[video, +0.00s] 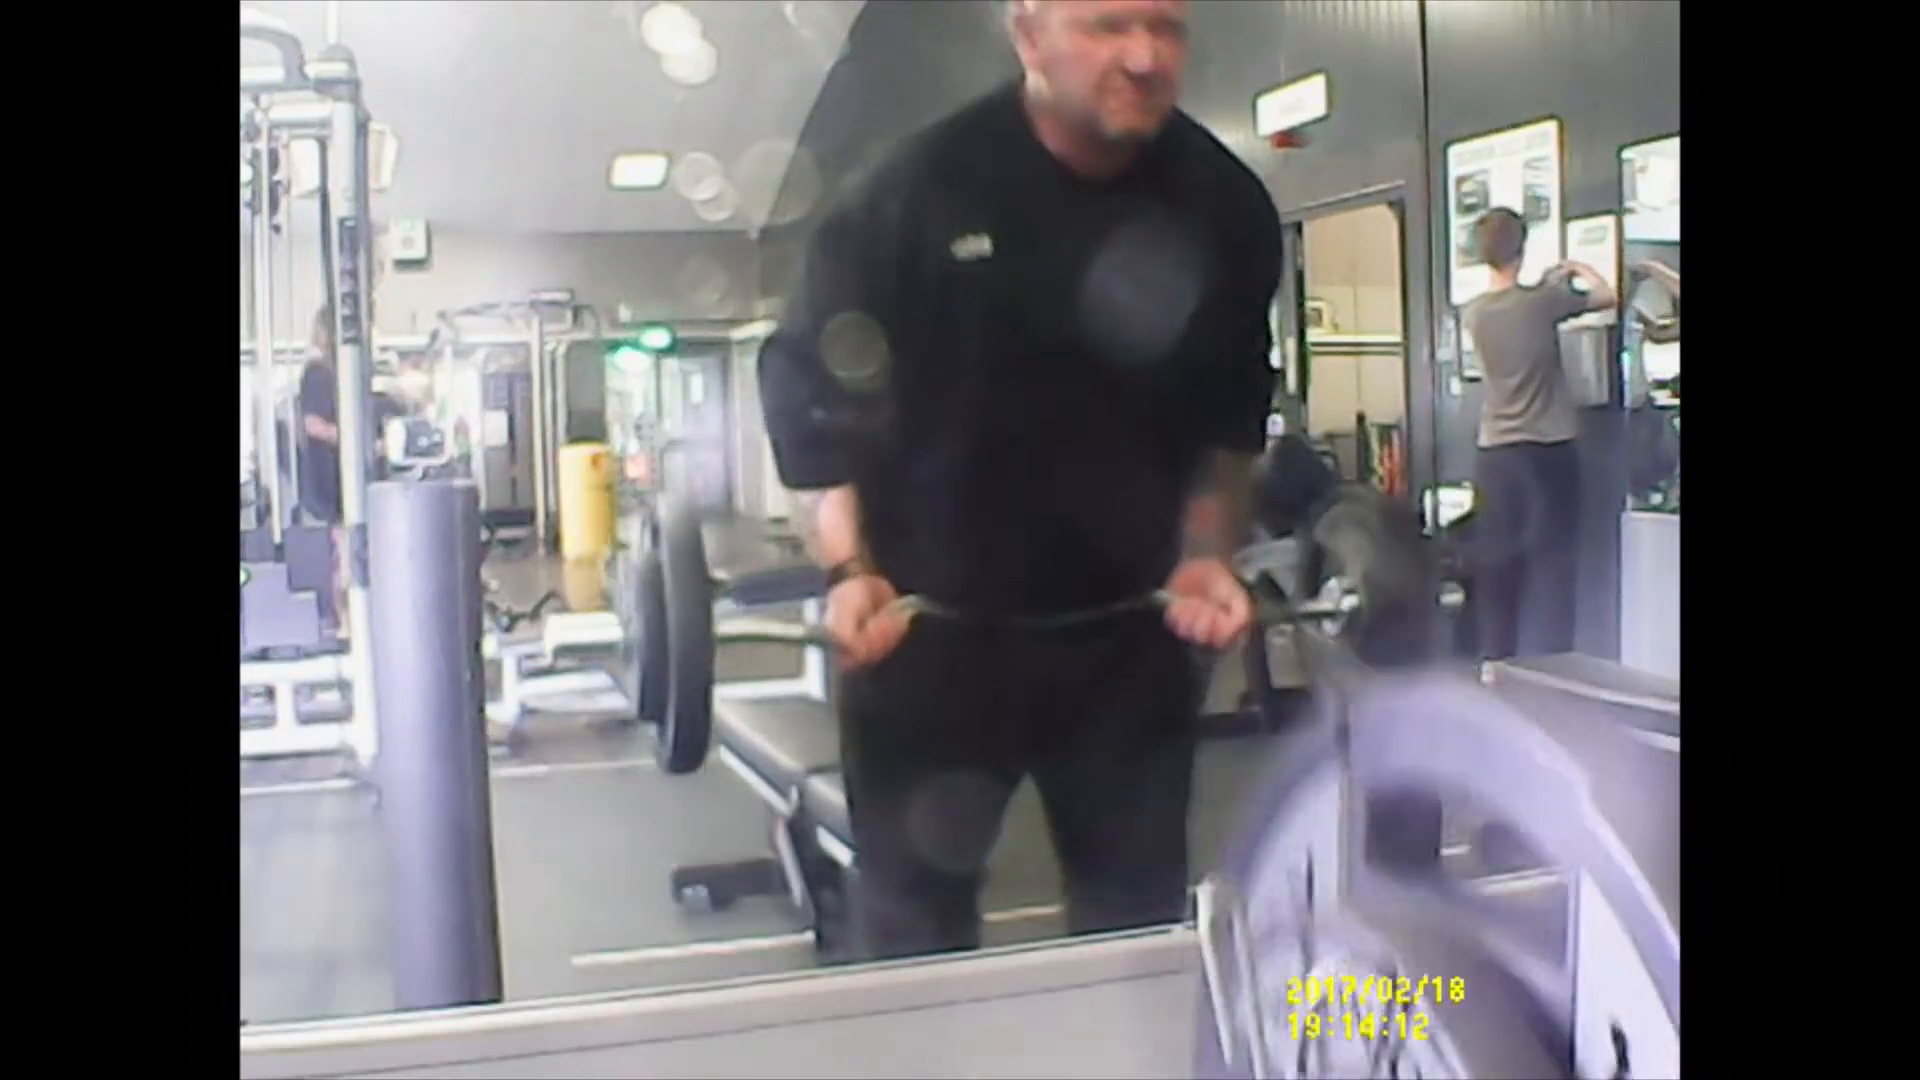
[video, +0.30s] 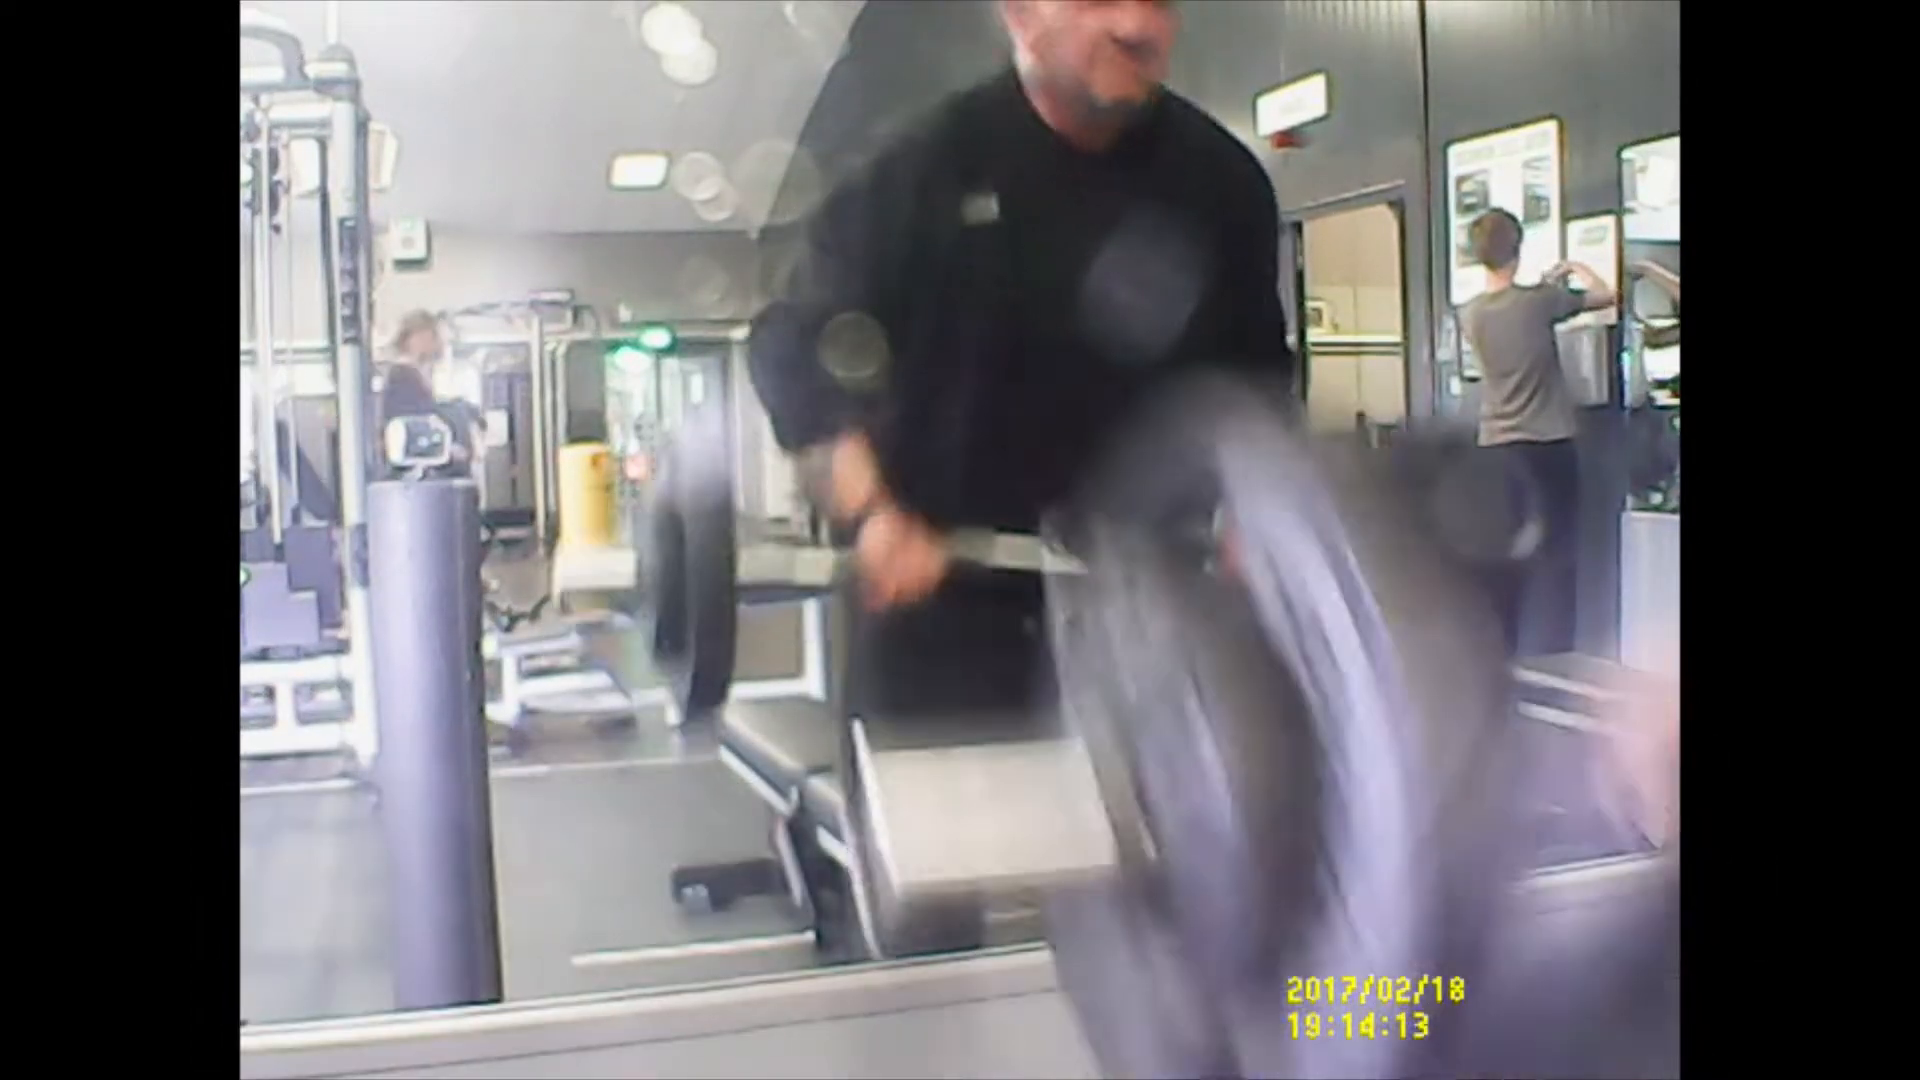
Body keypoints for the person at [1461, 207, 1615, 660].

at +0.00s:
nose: (1515, 252)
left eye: (1497, 245)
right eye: (1519, 244)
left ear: (1481, 253)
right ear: (1522, 250)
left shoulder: (1475, 313)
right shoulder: (1543, 302)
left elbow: (1515, 308)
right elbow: (1608, 299)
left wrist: (1551, 279)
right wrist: (1581, 269)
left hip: (1495, 450)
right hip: (1547, 447)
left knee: (1496, 554)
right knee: (1551, 554)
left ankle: (1493, 660)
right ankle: (1551, 665)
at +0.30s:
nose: (1515, 252)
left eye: (1496, 247)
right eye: (1516, 245)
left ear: (1477, 255)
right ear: (1518, 251)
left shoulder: (1472, 314)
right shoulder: (1539, 301)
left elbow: (1511, 311)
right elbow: (1606, 298)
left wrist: (1549, 282)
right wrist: (1579, 268)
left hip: (1496, 441)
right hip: (1548, 438)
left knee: (1503, 539)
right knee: (1557, 541)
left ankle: (1500, 645)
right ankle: (1552, 651)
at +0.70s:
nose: (1519, 254)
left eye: (1500, 250)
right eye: (1520, 246)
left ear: (1482, 255)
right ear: (1523, 252)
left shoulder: (1470, 315)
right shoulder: (1540, 301)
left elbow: (1479, 355)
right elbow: (1604, 297)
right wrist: (1590, 277)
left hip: (1496, 451)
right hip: (1549, 446)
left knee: (1496, 555)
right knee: (1551, 554)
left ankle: (1493, 662)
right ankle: (1548, 665)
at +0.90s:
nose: (1525, 254)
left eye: (1518, 248)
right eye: (1525, 247)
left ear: (1484, 256)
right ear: (1524, 252)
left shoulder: (1471, 315)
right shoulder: (1542, 301)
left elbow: (1471, 361)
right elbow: (1605, 298)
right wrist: (1598, 277)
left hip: (1496, 452)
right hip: (1550, 447)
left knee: (1497, 554)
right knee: (1551, 554)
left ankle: (1493, 661)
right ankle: (1549, 664)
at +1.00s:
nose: (1528, 253)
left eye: (1526, 245)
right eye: (1525, 246)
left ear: (1482, 263)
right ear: (1520, 257)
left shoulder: (1472, 311)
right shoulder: (1541, 301)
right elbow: (1607, 299)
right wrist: (1597, 278)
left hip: (1495, 453)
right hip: (1548, 448)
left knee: (1499, 560)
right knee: (1552, 557)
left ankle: (1495, 666)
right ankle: (1549, 671)